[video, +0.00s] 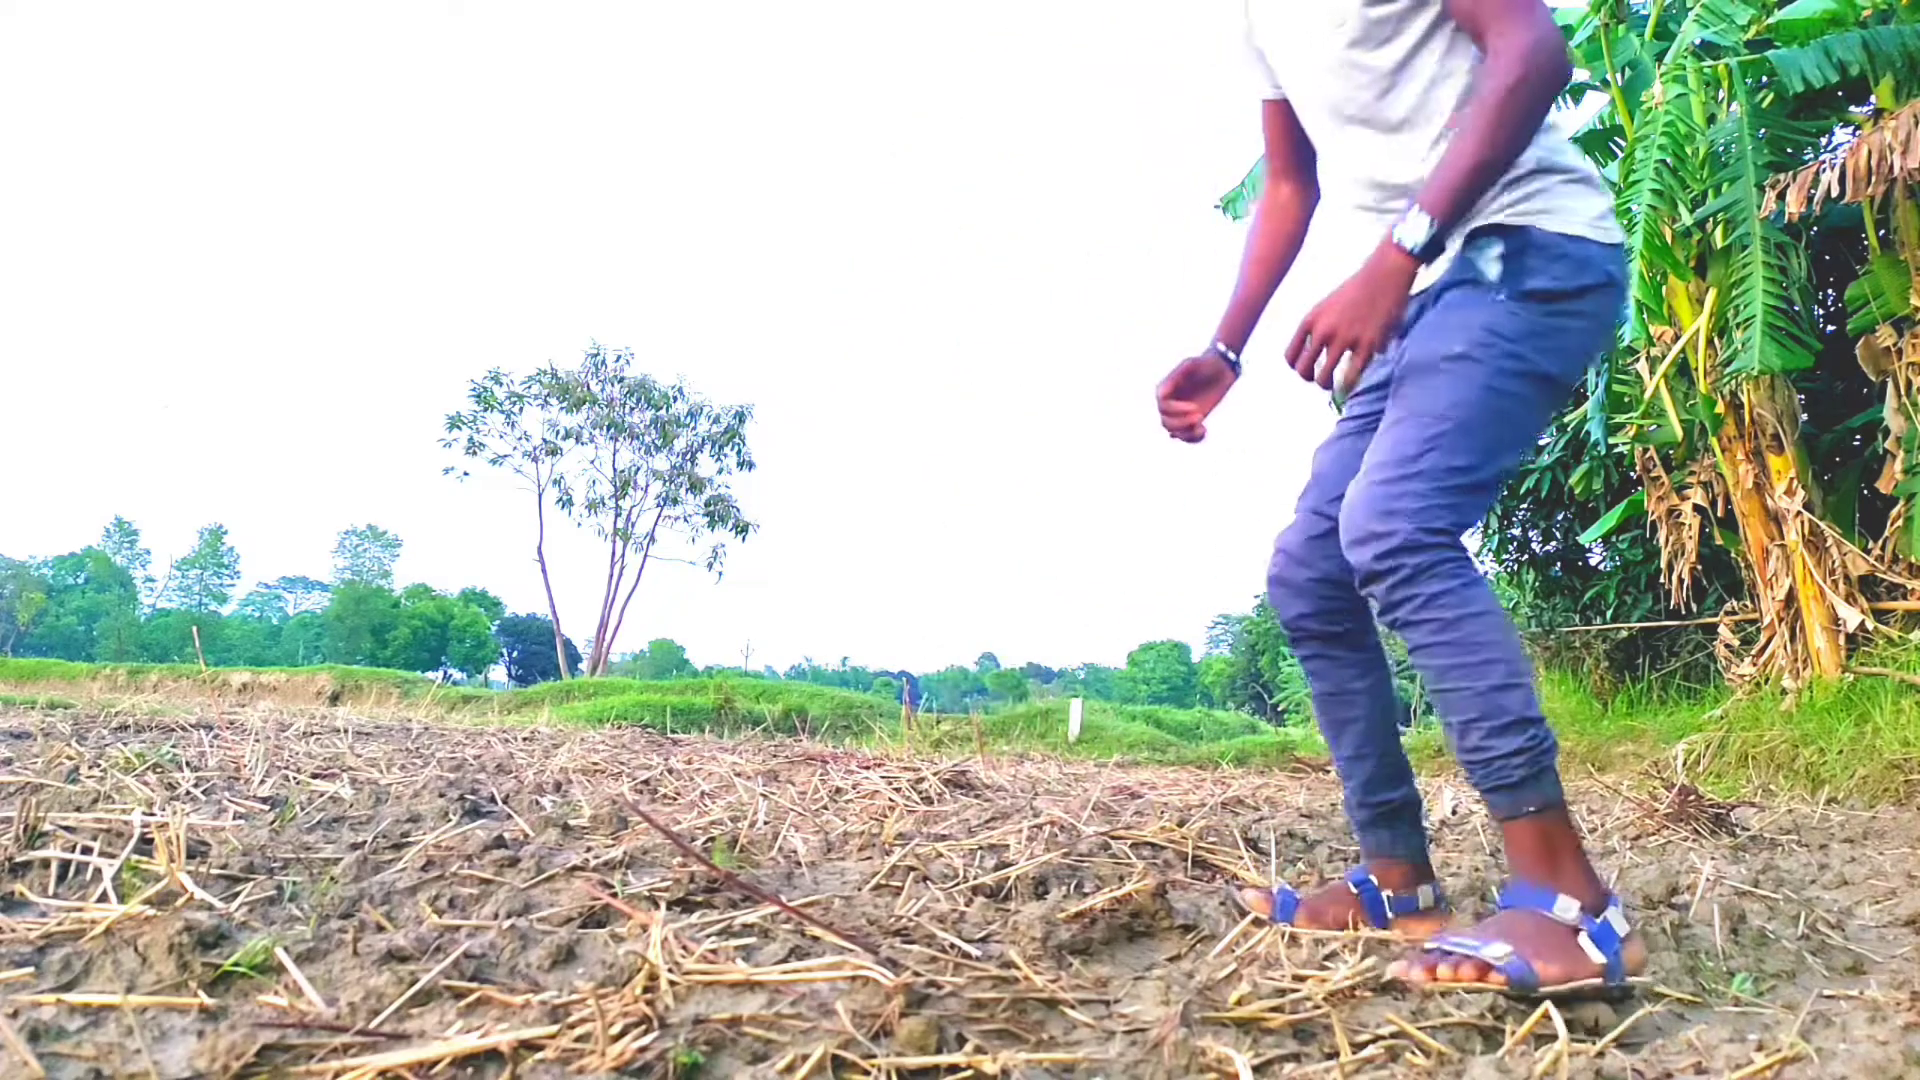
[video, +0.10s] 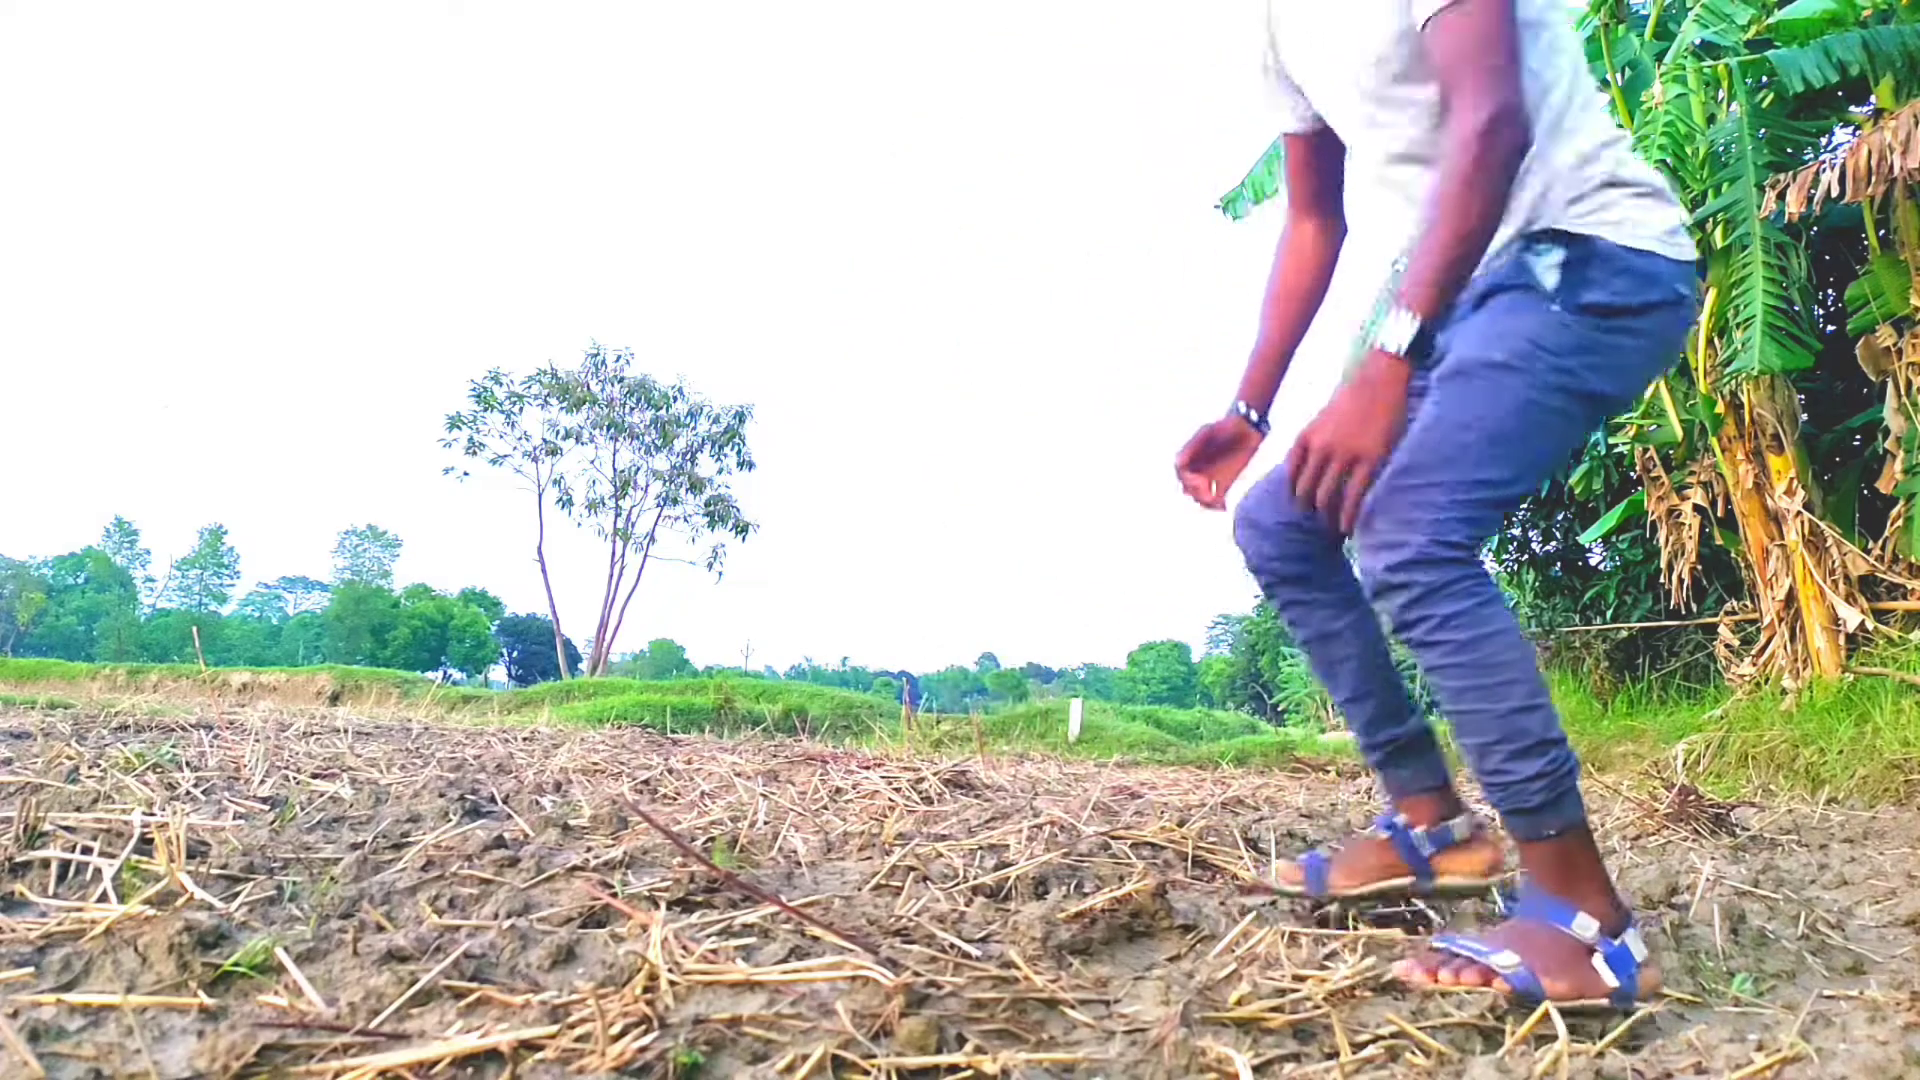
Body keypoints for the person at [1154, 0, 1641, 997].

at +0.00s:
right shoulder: (1265, 20)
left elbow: (1533, 51)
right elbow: (1288, 180)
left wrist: (1393, 257)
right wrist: (1227, 347)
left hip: (1531, 248)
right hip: (1428, 286)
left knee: (1396, 529)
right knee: (1306, 574)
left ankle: (1564, 898)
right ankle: (1398, 884)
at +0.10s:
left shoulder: (1449, 5)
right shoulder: (1290, 24)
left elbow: (1493, 126)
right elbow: (1311, 214)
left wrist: (1388, 357)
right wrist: (1251, 407)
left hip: (1585, 250)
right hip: (1467, 285)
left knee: (1409, 537)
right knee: (1278, 522)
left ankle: (1580, 912)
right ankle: (1431, 823)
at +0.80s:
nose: (1176, 343)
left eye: (1198, 297)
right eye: (1145, 326)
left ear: (1275, 282)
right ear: (1133, 351)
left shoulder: (1361, 403)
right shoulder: (1250, 467)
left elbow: (1189, 654)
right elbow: (1177, 657)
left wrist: (1032, 812)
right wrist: (1032, 809)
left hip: (1649, 717)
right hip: (1549, 730)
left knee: (1333, 586)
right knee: (1243, 625)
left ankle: (1552, 883)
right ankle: (1449, 870)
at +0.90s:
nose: (1165, 320)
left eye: (1188, 274)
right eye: (1135, 303)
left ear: (1265, 262)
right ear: (1124, 330)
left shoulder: (1353, 383)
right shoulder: (1239, 445)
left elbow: (1183, 640)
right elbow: (1177, 644)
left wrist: (1030, 799)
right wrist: (1028, 800)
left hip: (1655, 683)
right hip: (1549, 696)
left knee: (1330, 579)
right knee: (1236, 606)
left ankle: (1557, 877)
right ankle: (1447, 864)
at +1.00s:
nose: (1164, 306)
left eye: (1189, 263)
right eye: (1134, 290)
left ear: (1265, 255)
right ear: (1123, 319)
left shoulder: (1348, 378)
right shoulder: (1238, 445)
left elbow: (1180, 629)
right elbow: (1175, 647)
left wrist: (1008, 767)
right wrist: (1011, 770)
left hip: (1644, 684)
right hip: (1540, 702)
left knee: (1324, 581)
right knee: (1230, 611)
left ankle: (1550, 874)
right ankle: (1441, 865)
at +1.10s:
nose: (1178, 293)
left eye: (1204, 250)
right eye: (1148, 275)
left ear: (1277, 247)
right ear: (1138, 306)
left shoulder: (1360, 371)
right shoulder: (1246, 451)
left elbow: (1179, 611)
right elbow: (1182, 632)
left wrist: (983, 697)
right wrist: (985, 695)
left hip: (1630, 705)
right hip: (1522, 723)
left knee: (1305, 588)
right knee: (1215, 615)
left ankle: (1544, 881)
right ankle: (1442, 869)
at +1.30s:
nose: (1210, 242)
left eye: (1238, 204)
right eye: (1183, 223)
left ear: (1312, 208)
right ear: (1170, 256)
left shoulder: (1383, 320)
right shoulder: (1281, 390)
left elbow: (1148, 473)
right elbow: (1124, 531)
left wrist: (947, 448)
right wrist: (953, 461)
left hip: (1608, 694)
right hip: (1497, 713)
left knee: (1298, 589)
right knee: (1180, 610)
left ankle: (1544, 872)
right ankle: (1439, 869)